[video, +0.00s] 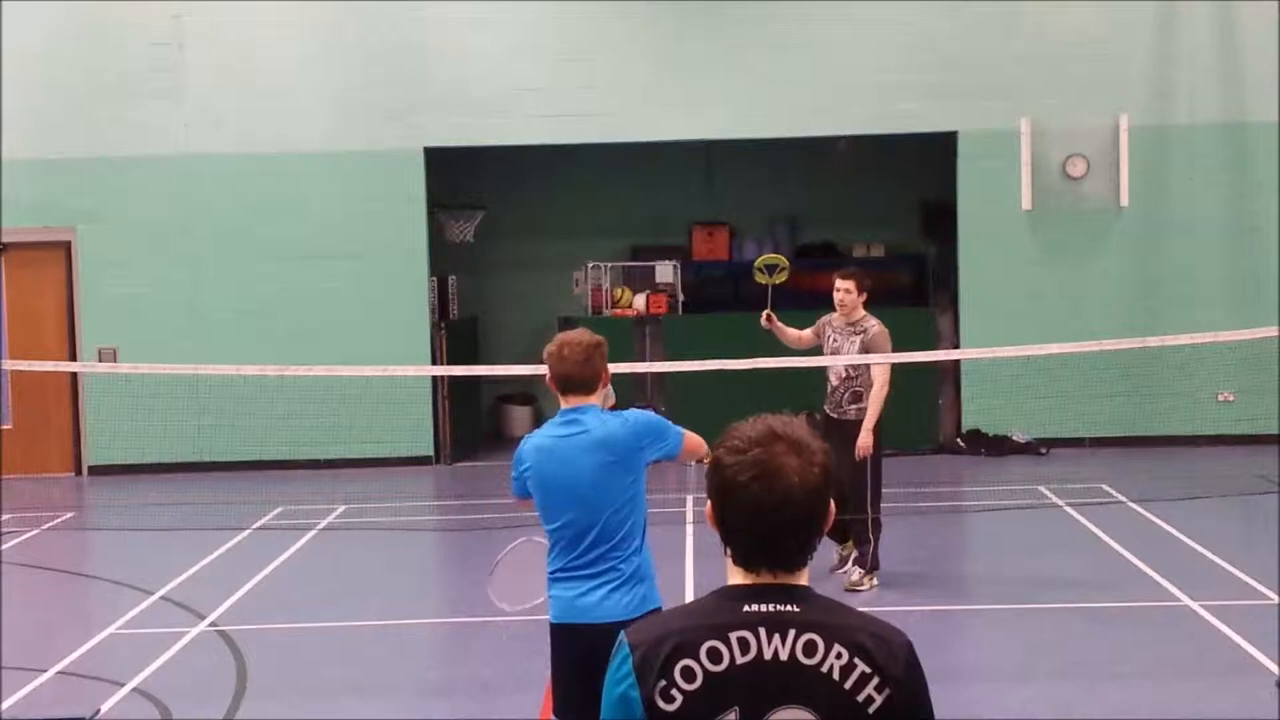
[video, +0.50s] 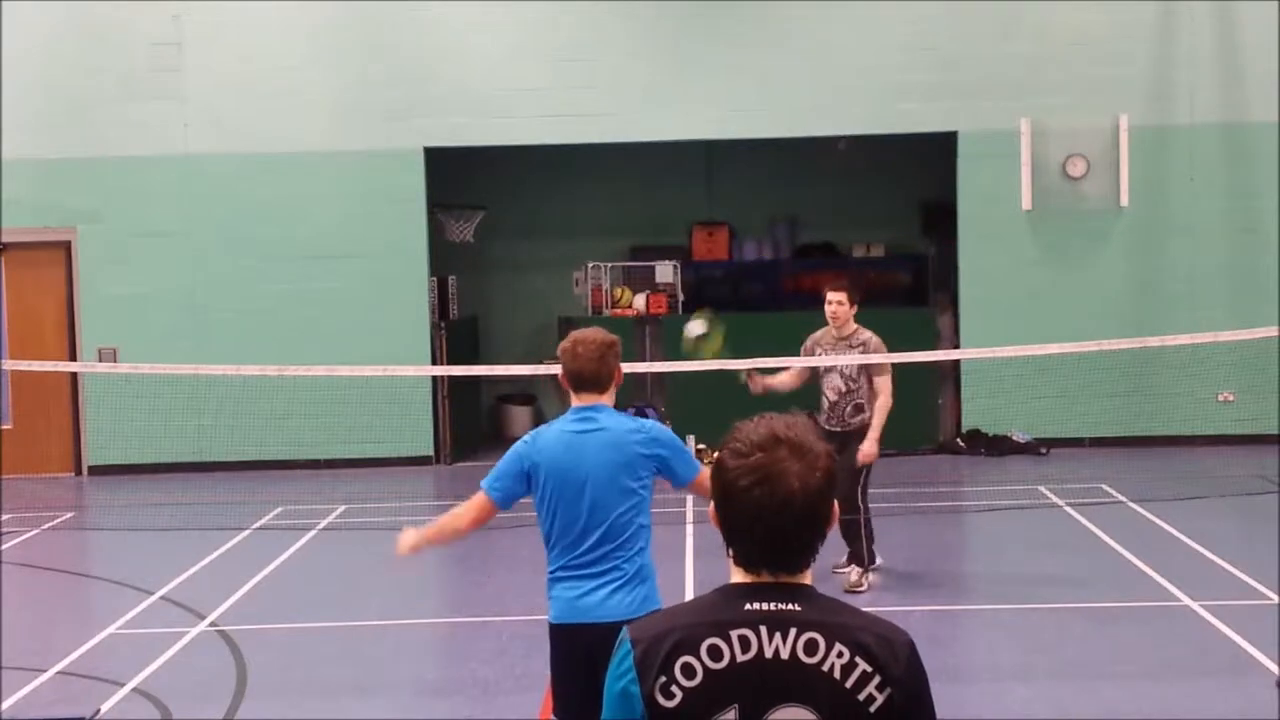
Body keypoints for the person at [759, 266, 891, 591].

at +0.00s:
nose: (839, 297)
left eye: (846, 292)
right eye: (837, 291)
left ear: (862, 296)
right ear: (833, 293)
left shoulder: (875, 332)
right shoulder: (828, 324)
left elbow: (881, 384)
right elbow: (801, 339)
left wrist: (867, 429)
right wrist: (776, 326)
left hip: (861, 423)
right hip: (832, 420)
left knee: (862, 492)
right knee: (832, 486)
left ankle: (866, 566)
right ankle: (846, 541)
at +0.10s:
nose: (838, 297)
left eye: (845, 292)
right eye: (835, 291)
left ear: (860, 296)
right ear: (831, 293)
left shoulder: (873, 331)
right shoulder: (827, 323)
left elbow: (879, 384)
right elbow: (800, 339)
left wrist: (866, 428)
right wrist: (774, 326)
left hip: (859, 423)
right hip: (830, 420)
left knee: (860, 493)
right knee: (828, 487)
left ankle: (866, 566)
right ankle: (847, 541)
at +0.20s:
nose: (836, 297)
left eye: (843, 292)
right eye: (833, 291)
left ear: (858, 296)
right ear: (830, 294)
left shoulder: (872, 332)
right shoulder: (825, 324)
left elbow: (877, 384)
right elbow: (798, 340)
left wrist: (863, 428)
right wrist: (773, 327)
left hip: (858, 423)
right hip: (830, 420)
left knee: (859, 491)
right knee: (830, 487)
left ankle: (867, 565)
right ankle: (848, 541)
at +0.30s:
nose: (834, 298)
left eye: (841, 293)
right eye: (831, 292)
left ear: (856, 298)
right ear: (827, 295)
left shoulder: (870, 333)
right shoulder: (822, 325)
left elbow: (876, 385)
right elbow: (794, 344)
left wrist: (862, 428)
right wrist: (770, 331)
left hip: (857, 424)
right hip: (829, 422)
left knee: (858, 493)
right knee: (834, 489)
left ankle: (867, 565)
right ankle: (853, 545)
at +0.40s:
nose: (832, 304)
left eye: (839, 298)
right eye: (829, 298)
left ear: (854, 303)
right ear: (825, 301)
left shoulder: (870, 338)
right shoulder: (818, 333)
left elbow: (880, 390)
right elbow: (793, 356)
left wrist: (863, 432)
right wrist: (765, 350)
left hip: (857, 428)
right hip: (829, 426)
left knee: (854, 493)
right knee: (839, 493)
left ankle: (866, 563)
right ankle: (858, 550)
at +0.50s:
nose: (832, 310)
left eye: (839, 304)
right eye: (829, 304)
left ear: (853, 308)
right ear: (824, 307)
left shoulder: (871, 344)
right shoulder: (816, 342)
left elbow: (884, 395)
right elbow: (796, 377)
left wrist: (872, 438)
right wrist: (766, 382)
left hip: (858, 432)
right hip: (827, 431)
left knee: (849, 496)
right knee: (842, 497)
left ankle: (860, 561)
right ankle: (861, 551)